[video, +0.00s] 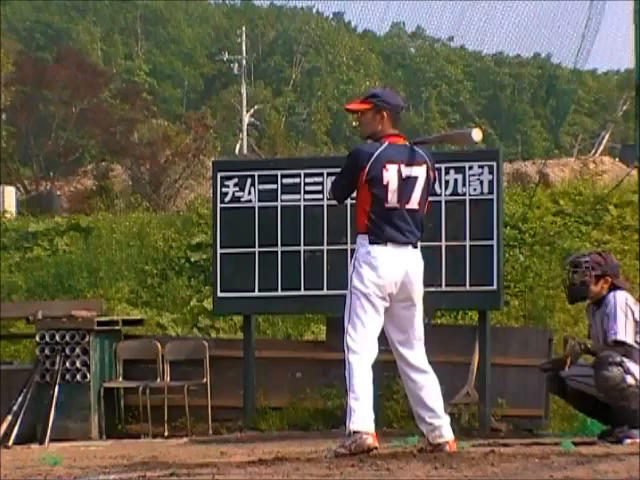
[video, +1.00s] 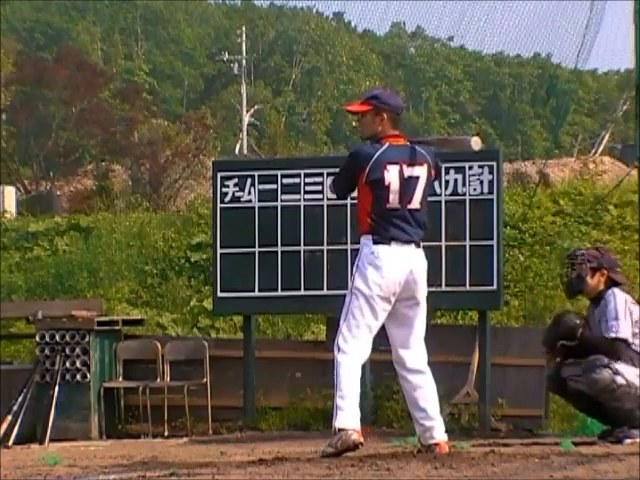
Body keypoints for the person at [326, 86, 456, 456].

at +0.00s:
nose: (358, 121)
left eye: (363, 115)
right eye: (358, 115)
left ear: (383, 117)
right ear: (390, 119)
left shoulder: (365, 153)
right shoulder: (422, 158)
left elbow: (337, 194)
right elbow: (423, 205)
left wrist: (369, 165)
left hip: (375, 258)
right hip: (412, 260)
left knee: (360, 347)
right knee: (412, 350)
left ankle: (362, 430)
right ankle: (440, 433)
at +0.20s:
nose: (357, 121)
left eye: (361, 116)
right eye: (357, 116)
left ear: (381, 117)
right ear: (388, 119)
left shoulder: (363, 153)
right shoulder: (421, 157)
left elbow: (336, 194)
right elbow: (423, 203)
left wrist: (366, 169)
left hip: (373, 259)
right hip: (410, 260)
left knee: (361, 346)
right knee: (411, 350)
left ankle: (362, 431)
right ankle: (440, 433)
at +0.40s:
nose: (356, 121)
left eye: (361, 116)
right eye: (357, 115)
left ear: (380, 117)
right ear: (388, 119)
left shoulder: (362, 154)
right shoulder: (421, 158)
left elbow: (336, 193)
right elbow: (421, 197)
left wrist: (368, 164)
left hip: (373, 258)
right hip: (410, 259)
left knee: (360, 346)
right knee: (411, 349)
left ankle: (362, 430)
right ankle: (440, 433)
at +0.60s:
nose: (356, 121)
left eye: (361, 115)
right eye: (356, 115)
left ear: (380, 118)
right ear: (387, 119)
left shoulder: (361, 153)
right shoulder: (420, 156)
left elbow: (335, 192)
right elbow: (428, 188)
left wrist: (367, 164)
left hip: (372, 258)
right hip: (409, 260)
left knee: (360, 347)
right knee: (410, 351)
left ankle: (362, 430)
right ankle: (434, 435)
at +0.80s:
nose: (358, 122)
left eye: (363, 116)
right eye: (359, 116)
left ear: (383, 118)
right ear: (390, 119)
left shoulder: (365, 153)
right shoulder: (425, 155)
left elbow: (337, 193)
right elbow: (438, 181)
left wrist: (365, 172)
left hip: (378, 257)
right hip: (415, 260)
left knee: (358, 343)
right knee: (411, 351)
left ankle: (359, 425)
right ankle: (434, 436)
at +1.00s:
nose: (358, 121)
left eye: (364, 116)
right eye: (360, 116)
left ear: (382, 118)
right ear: (391, 119)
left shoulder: (365, 154)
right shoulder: (424, 155)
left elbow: (338, 190)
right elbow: (433, 175)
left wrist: (366, 162)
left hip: (379, 257)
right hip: (416, 259)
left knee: (350, 345)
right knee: (412, 353)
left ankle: (347, 427)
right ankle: (435, 437)